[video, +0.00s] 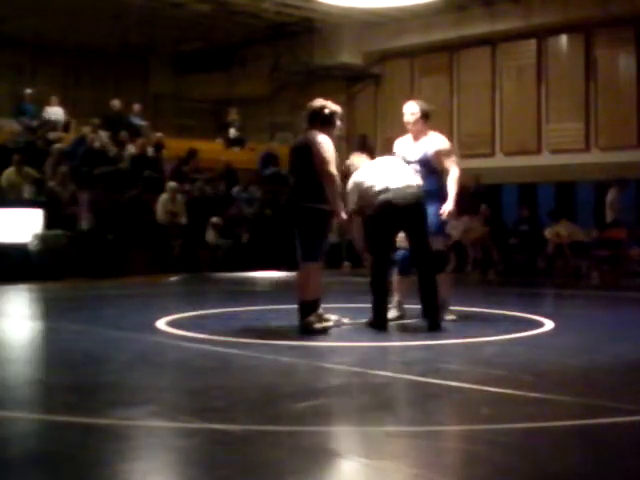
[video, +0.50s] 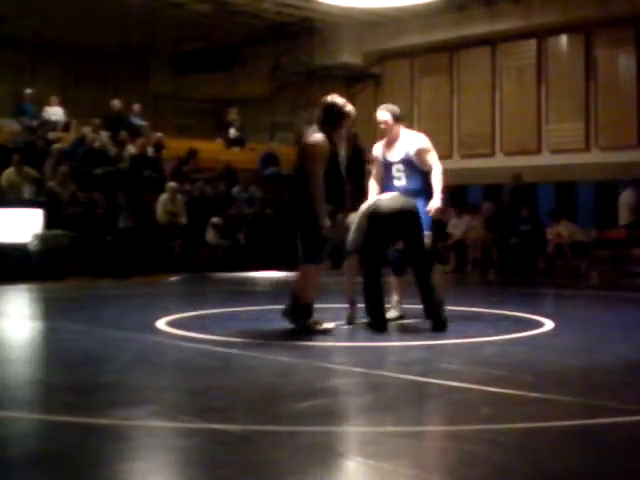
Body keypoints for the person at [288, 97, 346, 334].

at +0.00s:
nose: (340, 127)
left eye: (339, 121)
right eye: (337, 121)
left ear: (313, 120)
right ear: (327, 120)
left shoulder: (301, 142)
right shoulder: (321, 140)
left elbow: (298, 179)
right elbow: (329, 174)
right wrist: (339, 205)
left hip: (302, 208)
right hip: (316, 209)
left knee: (308, 262)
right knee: (312, 262)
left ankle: (309, 311)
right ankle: (310, 313)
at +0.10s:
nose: (340, 126)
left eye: (340, 120)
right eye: (338, 120)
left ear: (313, 119)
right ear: (329, 120)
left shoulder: (298, 143)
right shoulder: (324, 142)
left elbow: (295, 179)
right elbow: (332, 176)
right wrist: (343, 208)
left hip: (299, 208)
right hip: (318, 209)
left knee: (306, 261)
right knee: (311, 261)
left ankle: (303, 311)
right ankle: (305, 313)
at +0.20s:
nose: (341, 124)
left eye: (341, 119)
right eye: (339, 119)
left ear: (314, 117)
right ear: (330, 119)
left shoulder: (298, 143)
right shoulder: (323, 141)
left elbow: (295, 180)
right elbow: (331, 175)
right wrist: (342, 207)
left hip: (298, 207)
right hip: (317, 209)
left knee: (305, 260)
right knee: (310, 261)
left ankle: (292, 306)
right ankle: (301, 315)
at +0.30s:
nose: (338, 127)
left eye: (340, 122)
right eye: (338, 122)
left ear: (317, 117)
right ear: (330, 121)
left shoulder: (303, 142)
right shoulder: (319, 143)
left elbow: (296, 180)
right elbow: (326, 175)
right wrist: (337, 207)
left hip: (300, 208)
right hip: (315, 209)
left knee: (302, 262)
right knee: (310, 263)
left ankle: (286, 313)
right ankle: (304, 317)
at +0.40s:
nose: (344, 127)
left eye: (345, 121)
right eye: (342, 121)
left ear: (322, 117)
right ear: (333, 121)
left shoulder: (308, 141)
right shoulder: (318, 144)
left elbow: (314, 183)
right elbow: (320, 182)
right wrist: (331, 212)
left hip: (303, 208)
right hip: (313, 210)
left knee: (302, 262)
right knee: (309, 263)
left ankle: (286, 311)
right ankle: (305, 317)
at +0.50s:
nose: (347, 128)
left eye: (348, 123)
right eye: (346, 123)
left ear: (327, 118)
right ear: (335, 121)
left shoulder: (319, 141)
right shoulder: (318, 143)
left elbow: (319, 184)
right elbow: (316, 185)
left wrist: (334, 209)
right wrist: (323, 215)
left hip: (311, 209)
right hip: (311, 210)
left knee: (312, 261)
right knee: (314, 262)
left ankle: (297, 306)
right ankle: (303, 313)